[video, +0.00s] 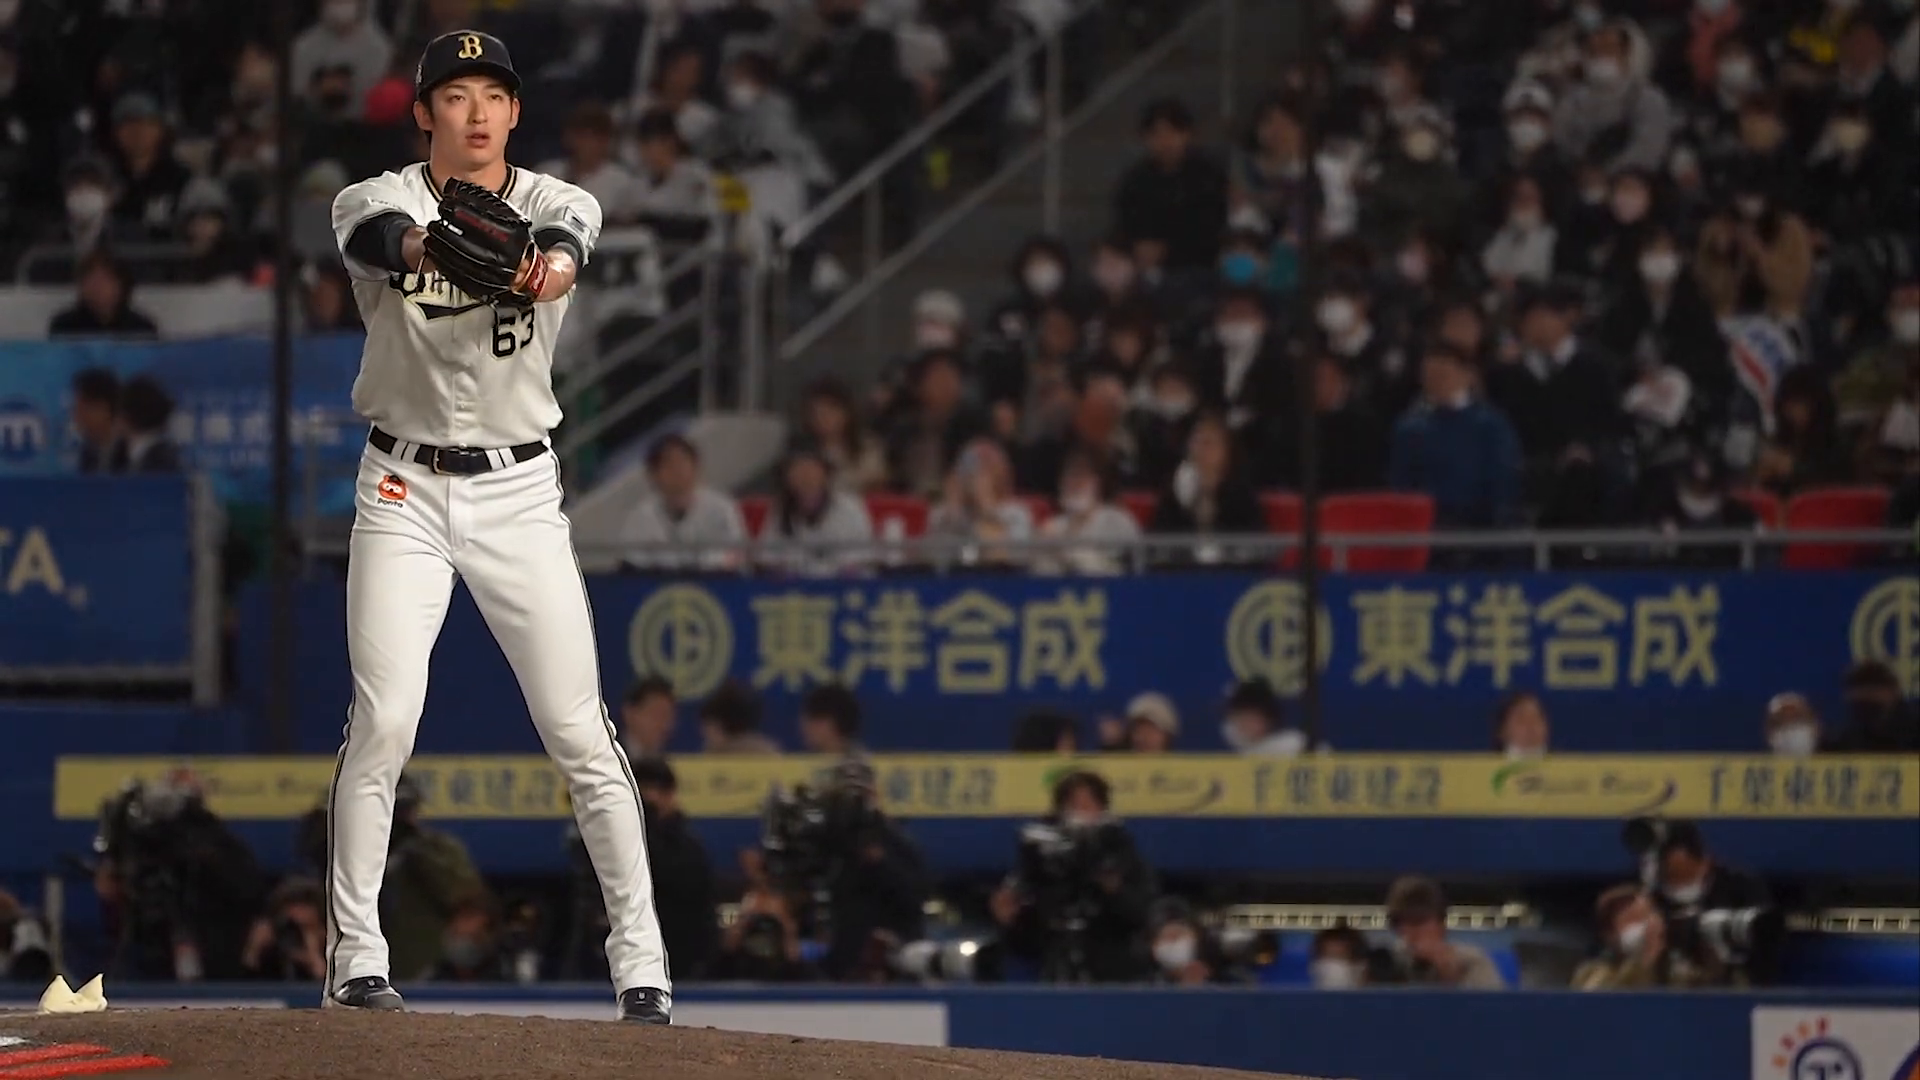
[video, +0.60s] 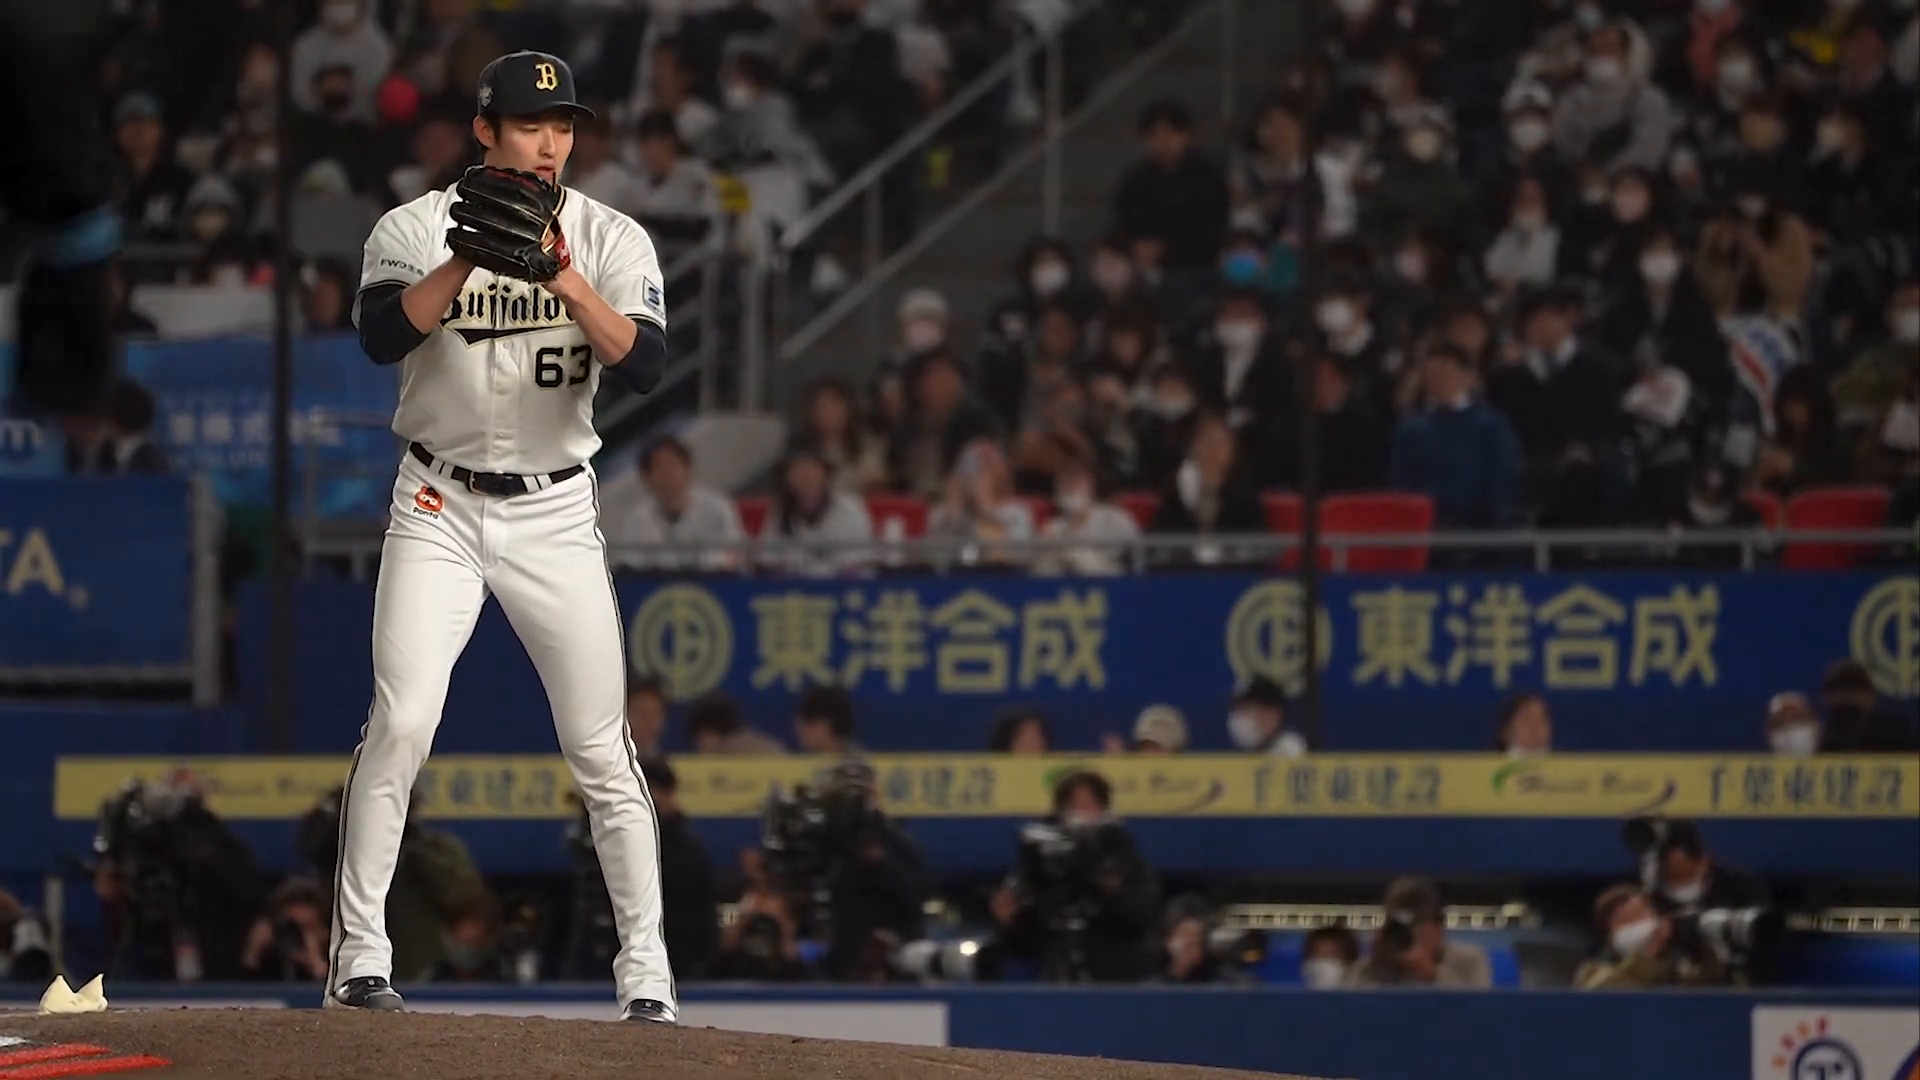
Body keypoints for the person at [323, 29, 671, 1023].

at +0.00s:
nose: (476, 115)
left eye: (491, 98)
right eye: (456, 99)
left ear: (515, 114)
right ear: (422, 117)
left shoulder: (556, 200)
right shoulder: (384, 196)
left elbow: (570, 234)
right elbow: (368, 231)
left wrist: (550, 260)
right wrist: (421, 246)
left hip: (519, 497)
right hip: (401, 495)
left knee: (581, 736)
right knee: (382, 723)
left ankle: (639, 963)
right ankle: (357, 960)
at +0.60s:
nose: (543, 144)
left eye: (556, 126)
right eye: (526, 125)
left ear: (575, 136)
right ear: (484, 130)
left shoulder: (612, 238)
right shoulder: (418, 225)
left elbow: (646, 366)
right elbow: (376, 340)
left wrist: (565, 275)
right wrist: (469, 256)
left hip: (556, 517)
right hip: (434, 508)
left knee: (599, 750)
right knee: (401, 721)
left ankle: (645, 974)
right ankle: (358, 960)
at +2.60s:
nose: (594, 146)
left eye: (596, 130)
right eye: (577, 129)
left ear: (584, 142)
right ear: (520, 137)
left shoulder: (624, 244)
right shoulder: (428, 223)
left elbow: (656, 386)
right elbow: (395, 354)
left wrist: (603, 317)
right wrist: (497, 276)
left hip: (569, 509)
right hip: (449, 503)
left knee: (595, 732)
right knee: (409, 721)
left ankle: (612, 945)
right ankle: (360, 957)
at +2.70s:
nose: (600, 183)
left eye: (600, 168)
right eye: (582, 168)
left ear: (584, 181)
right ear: (526, 180)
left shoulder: (627, 285)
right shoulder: (430, 268)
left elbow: (683, 434)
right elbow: (386, 409)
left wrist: (635, 430)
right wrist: (481, 382)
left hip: (575, 529)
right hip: (458, 529)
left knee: (557, 678)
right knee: (413, 729)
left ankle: (537, 861)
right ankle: (363, 948)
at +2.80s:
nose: (602, 248)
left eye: (602, 232)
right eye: (584, 233)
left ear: (595, 241)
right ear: (530, 245)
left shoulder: (634, 349)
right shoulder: (443, 338)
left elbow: (701, 486)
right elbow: (390, 479)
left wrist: (688, 574)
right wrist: (434, 564)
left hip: (590, 567)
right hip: (474, 570)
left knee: (591, 715)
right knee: (425, 743)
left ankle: (551, 929)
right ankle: (362, 954)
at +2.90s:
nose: (619, 312)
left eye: (618, 295)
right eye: (599, 298)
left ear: (612, 305)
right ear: (546, 312)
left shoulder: (656, 405)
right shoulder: (460, 407)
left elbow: (752, 523)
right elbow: (395, 554)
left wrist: (829, 650)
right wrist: (347, 700)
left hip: (625, 618)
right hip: (505, 629)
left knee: (673, 765)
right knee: (451, 762)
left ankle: (739, 930)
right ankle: (365, 962)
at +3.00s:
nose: (673, 369)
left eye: (673, 353)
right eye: (654, 354)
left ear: (660, 366)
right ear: (594, 367)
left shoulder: (709, 449)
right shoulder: (505, 466)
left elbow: (858, 511)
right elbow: (392, 569)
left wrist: (1006, 548)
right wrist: (275, 662)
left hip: (692, 673)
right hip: (569, 687)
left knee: (815, 789)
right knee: (500, 792)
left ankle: (973, 962)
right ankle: (382, 947)